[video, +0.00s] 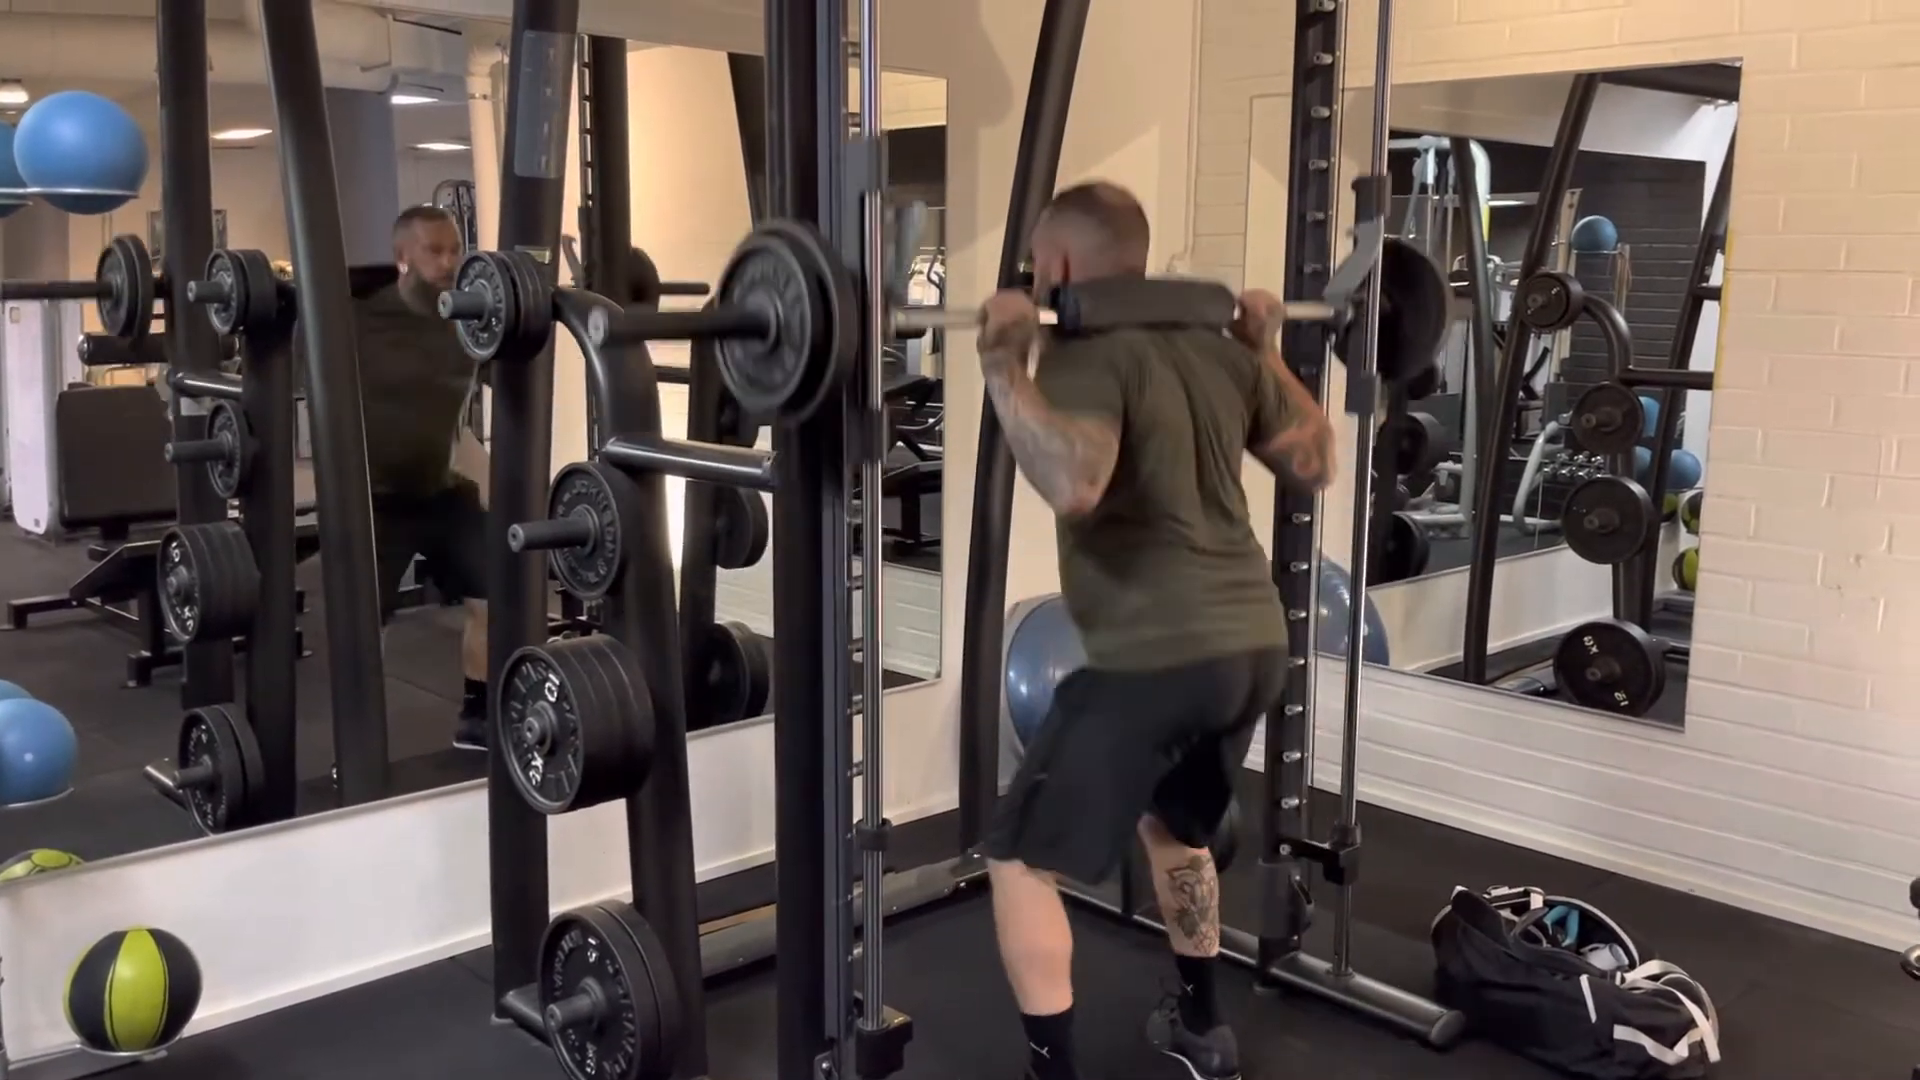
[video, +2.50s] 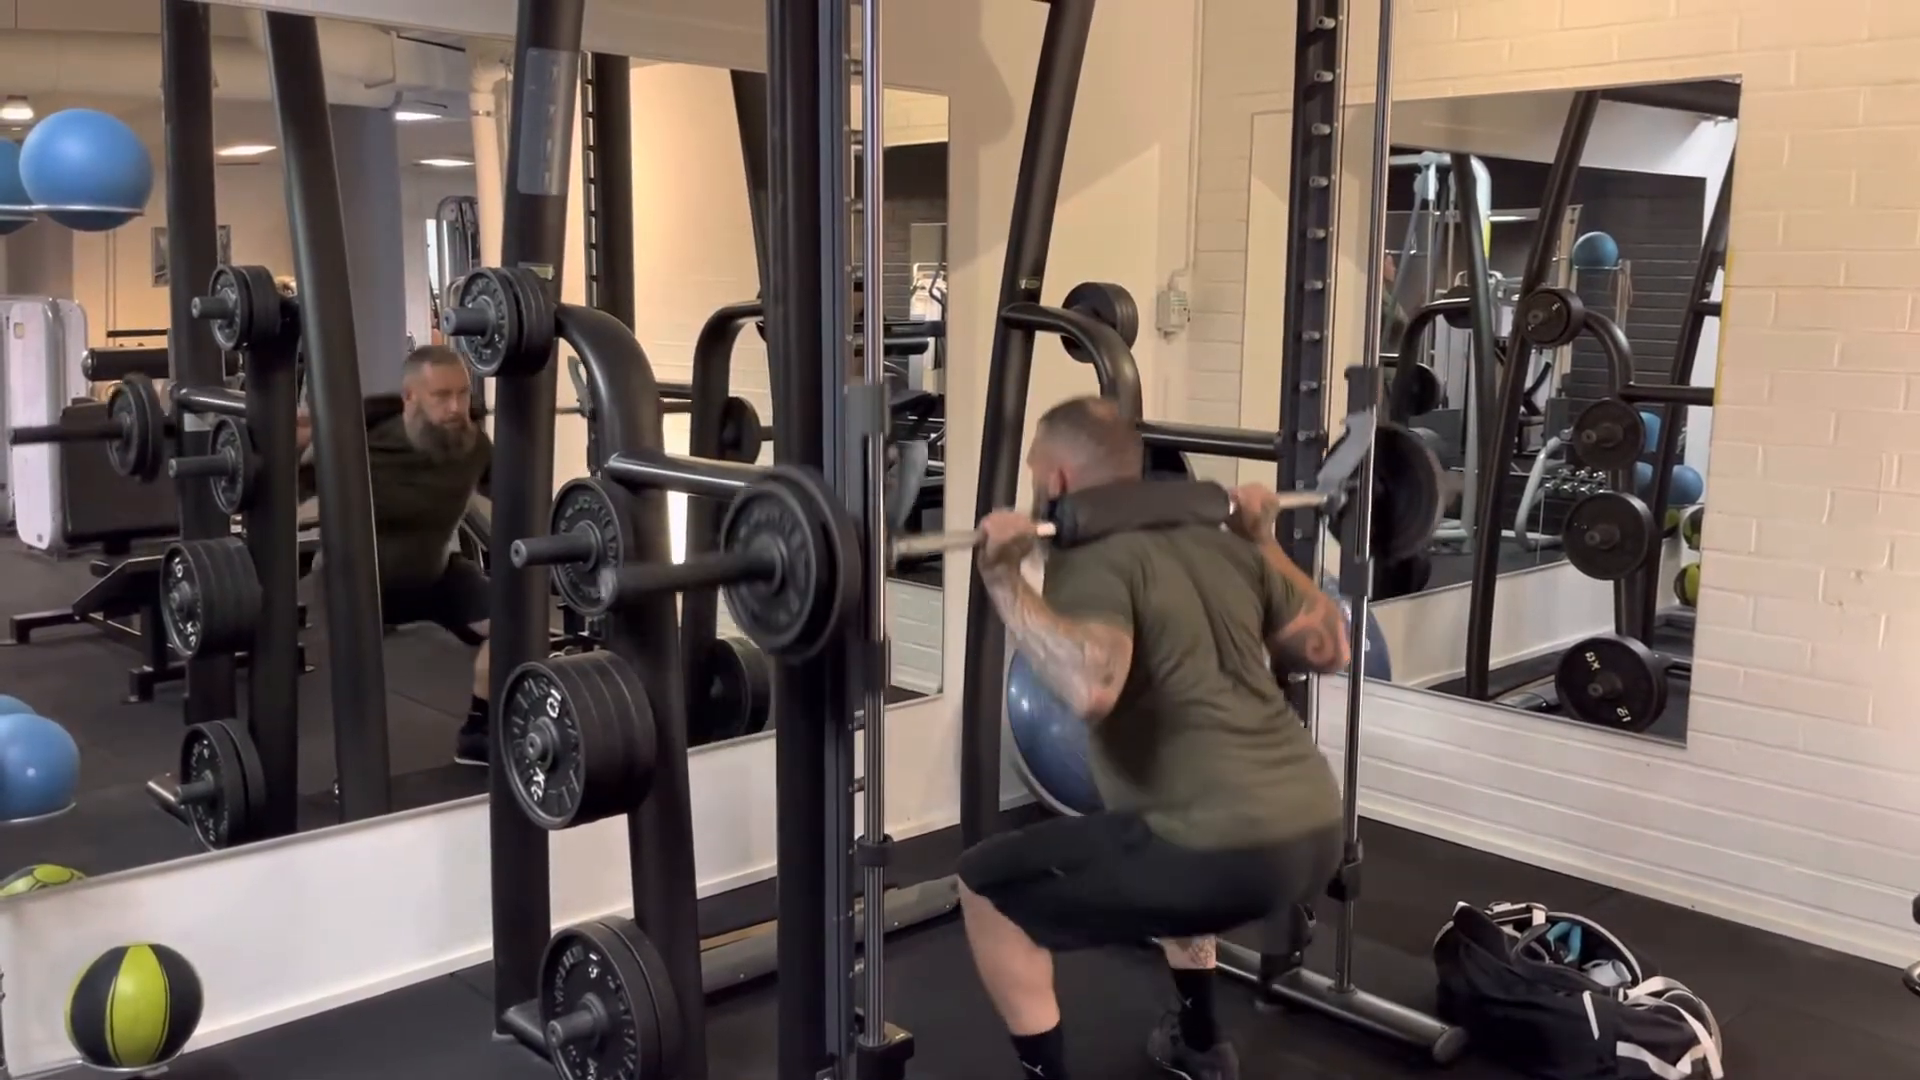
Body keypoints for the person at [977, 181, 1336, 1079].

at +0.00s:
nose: (1038, 280)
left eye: (1041, 264)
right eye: (1039, 265)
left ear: (1065, 261)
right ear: (1137, 256)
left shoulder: (1089, 352)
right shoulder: (1219, 345)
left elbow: (1075, 481)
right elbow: (1313, 460)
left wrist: (1007, 376)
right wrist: (1267, 353)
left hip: (1152, 660)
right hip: (1254, 649)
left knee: (1020, 855)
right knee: (1177, 819)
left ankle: (1055, 1067)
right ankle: (1201, 1022)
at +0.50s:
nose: (1037, 223)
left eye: (1041, 207)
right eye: (1043, 207)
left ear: (1063, 208)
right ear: (1141, 205)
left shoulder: (1087, 302)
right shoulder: (1210, 299)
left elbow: (1074, 429)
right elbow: (1305, 420)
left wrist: (1001, 309)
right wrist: (1266, 310)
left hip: (1119, 622)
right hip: (1216, 608)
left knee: (1057, 854)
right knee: (1186, 825)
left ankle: (1056, 1067)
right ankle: (1203, 1032)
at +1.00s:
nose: (1036, 232)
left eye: (1040, 217)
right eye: (1041, 217)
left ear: (1062, 218)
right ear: (1139, 213)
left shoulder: (1086, 308)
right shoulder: (1212, 306)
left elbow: (1074, 434)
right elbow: (1306, 426)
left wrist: (1000, 317)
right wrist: (1266, 316)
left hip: (1123, 632)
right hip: (1222, 618)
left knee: (1059, 863)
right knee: (1189, 834)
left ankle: (1056, 1068)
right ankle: (1206, 1037)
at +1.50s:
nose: (1028, 422)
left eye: (1030, 408)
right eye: (1028, 409)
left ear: (1048, 416)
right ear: (1127, 402)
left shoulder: (1093, 486)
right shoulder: (1222, 477)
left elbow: (1089, 615)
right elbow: (1327, 579)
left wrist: (999, 506)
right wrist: (1265, 476)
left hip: (1186, 798)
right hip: (1285, 782)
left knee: (981, 883)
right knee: (1159, 844)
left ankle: (1045, 1068)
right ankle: (1200, 1033)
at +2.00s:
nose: (1029, 611)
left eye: (1029, 596)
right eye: (1028, 596)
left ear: (1053, 601)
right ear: (1127, 586)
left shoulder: (1092, 679)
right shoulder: (1219, 657)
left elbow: (1085, 821)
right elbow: (1319, 761)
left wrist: (998, 705)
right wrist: (1258, 652)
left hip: (1202, 990)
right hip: (1295, 966)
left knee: (961, 886)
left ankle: (1041, 1069)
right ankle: (1200, 1053)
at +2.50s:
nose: (1034, 490)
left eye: (1035, 475)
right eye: (1033, 475)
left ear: (1058, 480)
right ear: (1134, 467)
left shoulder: (1095, 555)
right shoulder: (1221, 544)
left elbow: (1091, 684)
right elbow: (1329, 643)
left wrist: (1001, 575)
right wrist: (1264, 540)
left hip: (1209, 850)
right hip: (1313, 836)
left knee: (986, 884)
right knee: (1150, 839)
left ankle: (1046, 1070)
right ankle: (1200, 1038)